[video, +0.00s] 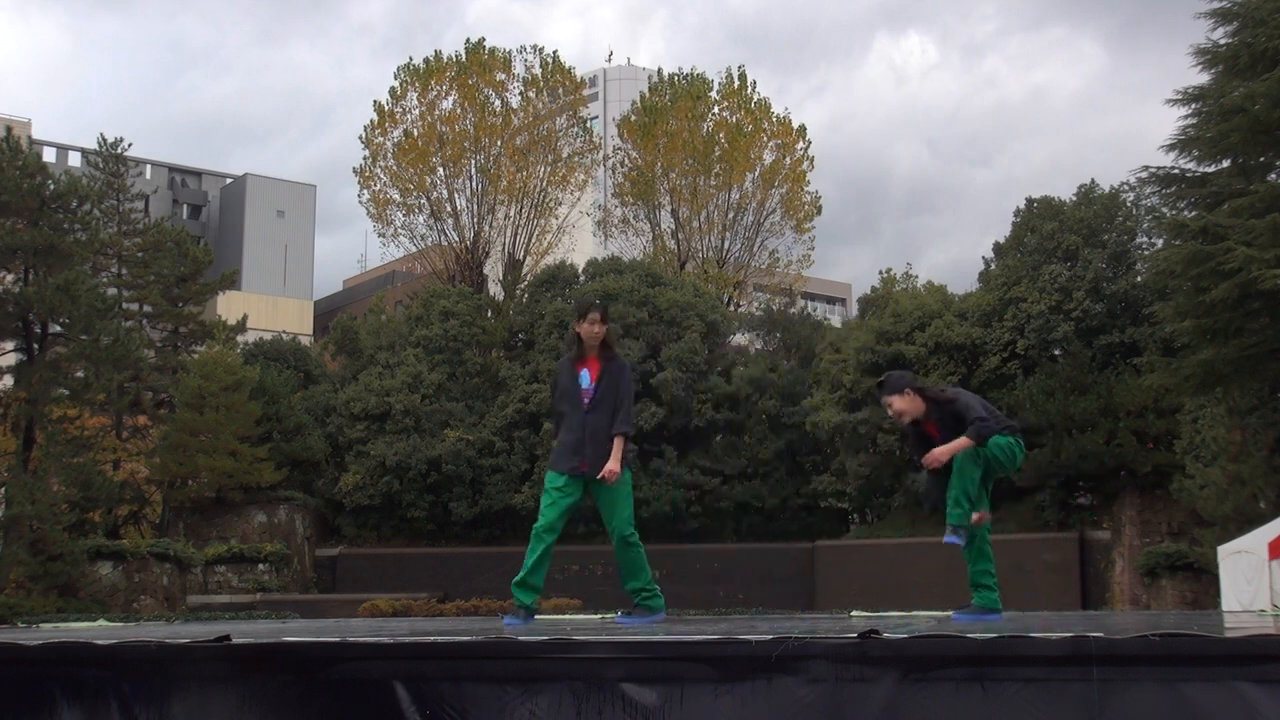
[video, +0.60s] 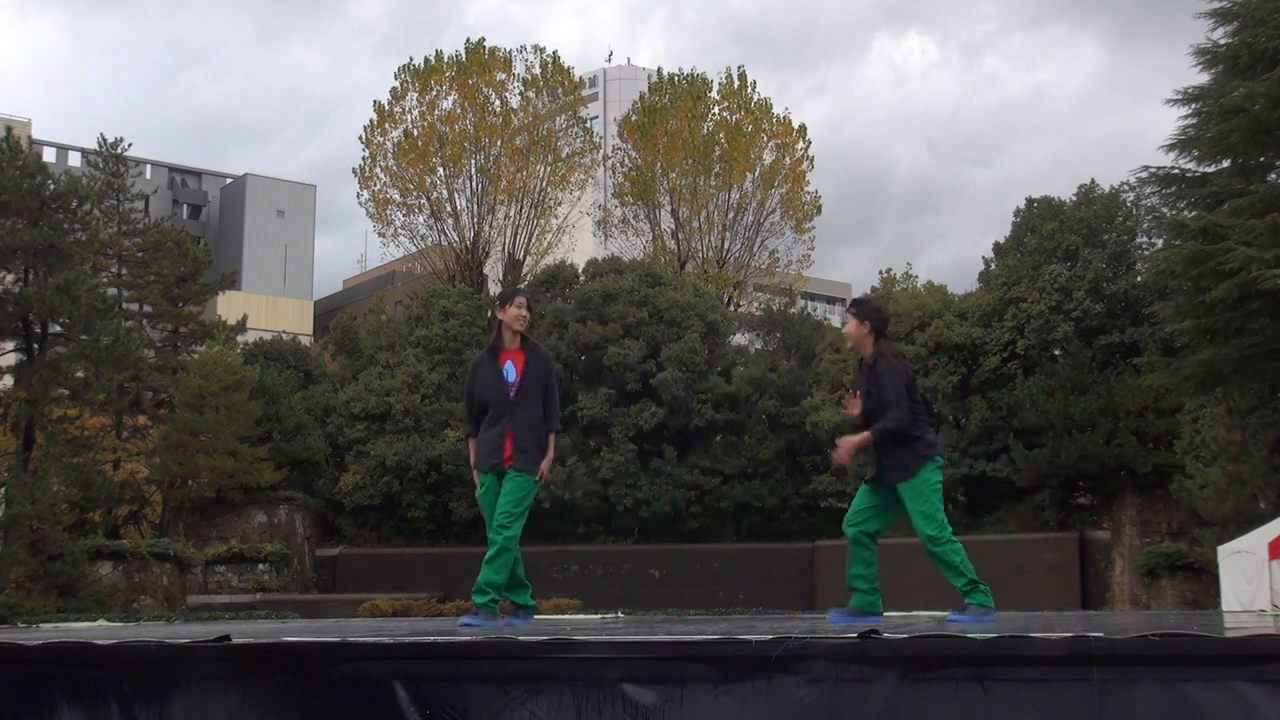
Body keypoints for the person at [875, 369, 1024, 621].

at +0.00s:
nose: (890, 412)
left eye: (890, 404)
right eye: (887, 408)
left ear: (908, 393)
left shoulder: (953, 398)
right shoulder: (917, 432)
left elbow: (985, 426)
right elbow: (937, 473)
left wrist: (947, 450)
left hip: (1006, 447)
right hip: (969, 466)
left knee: (969, 452)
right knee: (973, 526)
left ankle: (956, 523)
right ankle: (986, 601)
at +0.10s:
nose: (885, 402)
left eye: (885, 394)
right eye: (882, 399)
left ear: (904, 383)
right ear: (903, 388)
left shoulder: (949, 393)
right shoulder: (912, 423)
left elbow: (974, 426)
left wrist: (932, 443)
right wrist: (959, 488)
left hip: (1001, 447)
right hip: (968, 463)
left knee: (974, 473)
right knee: (974, 526)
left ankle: (960, 548)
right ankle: (987, 601)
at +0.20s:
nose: (883, 374)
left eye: (887, 366)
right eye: (881, 368)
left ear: (909, 365)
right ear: (902, 368)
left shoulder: (949, 391)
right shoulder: (906, 406)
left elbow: (968, 433)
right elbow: (926, 454)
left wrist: (923, 440)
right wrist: (931, 491)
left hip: (984, 463)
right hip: (953, 470)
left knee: (971, 517)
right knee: (955, 534)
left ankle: (985, 599)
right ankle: (983, 599)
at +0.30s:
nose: (895, 359)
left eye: (902, 352)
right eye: (895, 353)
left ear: (923, 357)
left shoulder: (950, 396)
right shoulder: (902, 395)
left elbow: (949, 446)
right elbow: (907, 443)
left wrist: (899, 447)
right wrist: (892, 484)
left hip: (970, 468)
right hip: (937, 473)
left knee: (952, 523)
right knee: (938, 544)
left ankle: (981, 600)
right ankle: (982, 596)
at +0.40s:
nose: (888, 345)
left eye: (895, 339)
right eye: (888, 339)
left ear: (916, 345)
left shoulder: (941, 388)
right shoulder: (892, 383)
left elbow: (941, 441)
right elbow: (892, 428)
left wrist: (892, 455)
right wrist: (881, 451)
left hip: (956, 466)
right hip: (920, 469)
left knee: (945, 526)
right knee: (910, 534)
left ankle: (980, 600)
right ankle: (955, 587)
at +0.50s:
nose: (866, 331)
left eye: (872, 325)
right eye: (868, 325)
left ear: (891, 331)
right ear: (885, 331)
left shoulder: (914, 371)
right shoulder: (881, 371)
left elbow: (922, 429)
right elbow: (885, 414)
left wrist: (884, 456)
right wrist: (874, 425)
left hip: (939, 460)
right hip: (907, 461)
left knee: (939, 529)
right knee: (879, 522)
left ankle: (980, 600)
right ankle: (916, 588)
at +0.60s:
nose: (844, 329)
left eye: (849, 323)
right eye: (845, 323)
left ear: (866, 327)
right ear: (866, 327)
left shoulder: (889, 364)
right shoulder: (866, 367)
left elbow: (899, 418)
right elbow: (879, 415)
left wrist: (860, 439)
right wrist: (861, 412)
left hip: (918, 463)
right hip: (889, 467)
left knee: (934, 534)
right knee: (857, 526)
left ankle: (979, 602)